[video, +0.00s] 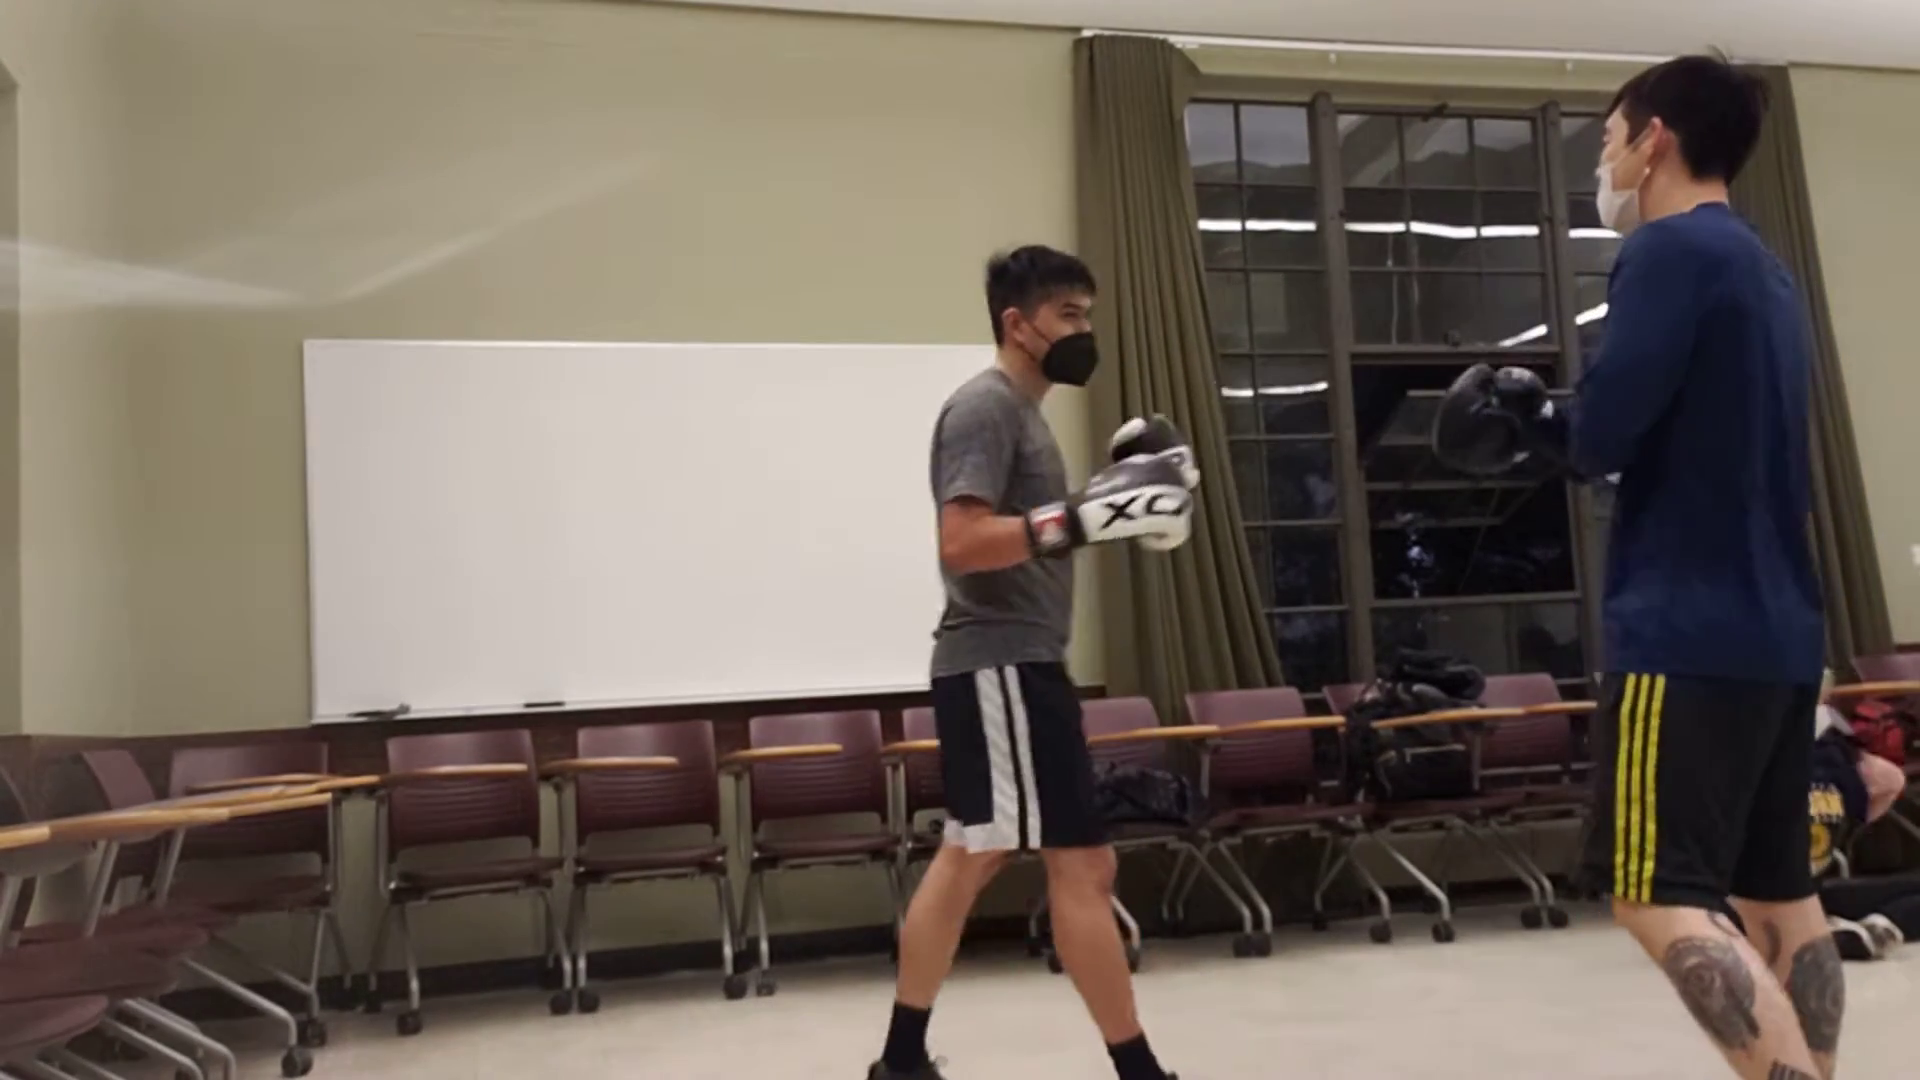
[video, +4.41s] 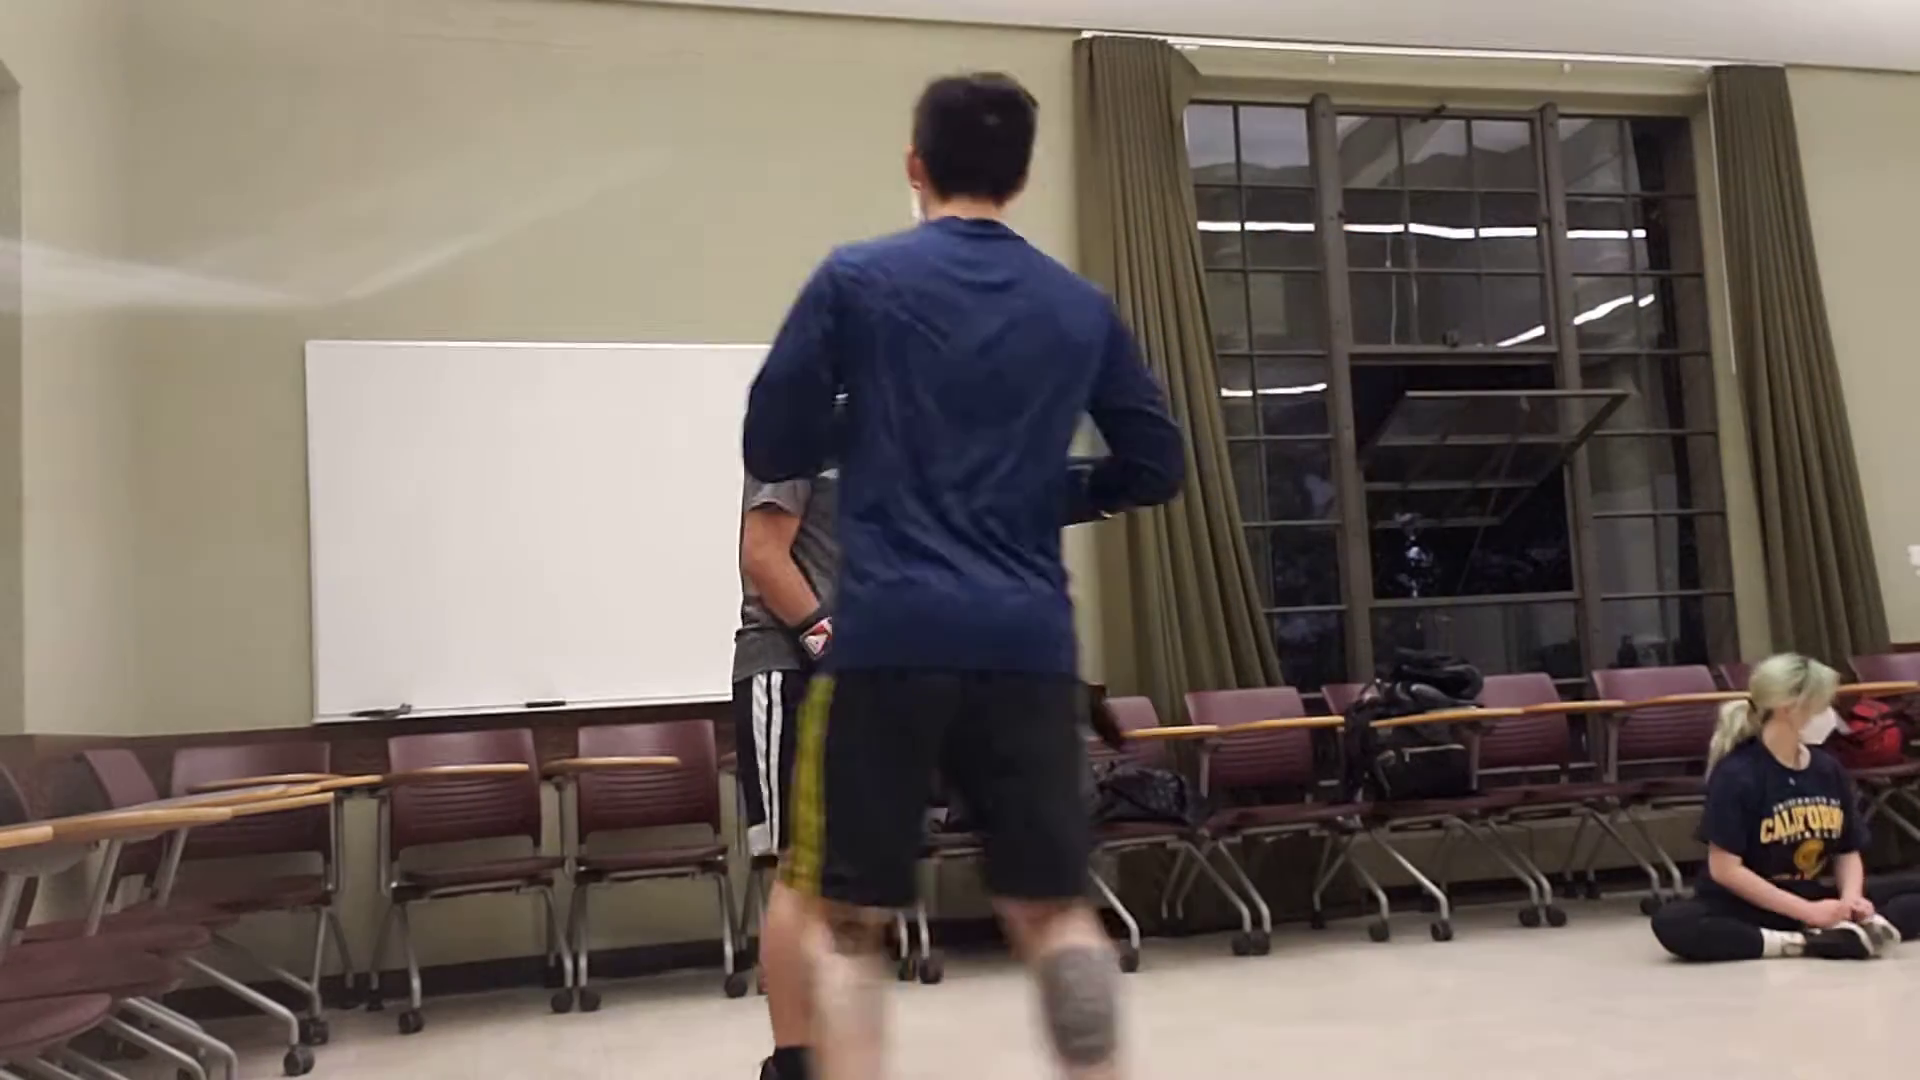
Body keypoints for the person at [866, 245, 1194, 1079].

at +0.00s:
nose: (1082, 330)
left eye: (1086, 315)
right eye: (1067, 313)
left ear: (1034, 324)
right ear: (1015, 318)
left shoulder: (1023, 413)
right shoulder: (983, 407)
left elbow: (1030, 530)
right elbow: (960, 546)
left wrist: (1107, 491)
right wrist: (1075, 519)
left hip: (1019, 661)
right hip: (998, 664)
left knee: (970, 854)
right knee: (1082, 867)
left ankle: (901, 1058)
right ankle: (1141, 1070)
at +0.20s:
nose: (1053, 333)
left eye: (1056, 318)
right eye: (1039, 316)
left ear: (1002, 324)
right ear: (984, 317)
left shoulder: (987, 413)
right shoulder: (940, 403)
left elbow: (960, 534)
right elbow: (881, 531)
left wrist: (1040, 549)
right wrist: (994, 566)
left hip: (950, 653)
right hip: (951, 658)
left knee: (929, 855)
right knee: (1022, 857)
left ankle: (895, 1061)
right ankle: (1061, 1068)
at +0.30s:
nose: (1036, 328)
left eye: (1040, 313)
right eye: (1021, 310)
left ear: (984, 321)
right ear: (966, 314)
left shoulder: (969, 407)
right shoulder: (936, 401)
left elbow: (937, 532)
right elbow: (878, 530)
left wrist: (1018, 557)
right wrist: (984, 567)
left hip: (936, 653)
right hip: (944, 657)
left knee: (920, 857)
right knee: (1001, 862)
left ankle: (893, 1063)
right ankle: (977, 1070)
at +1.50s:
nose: (995, 342)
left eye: (1001, 326)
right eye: (978, 326)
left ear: (1003, 320)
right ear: (927, 326)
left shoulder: (950, 419)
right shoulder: (907, 411)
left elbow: (976, 540)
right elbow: (942, 536)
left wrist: (1039, 479)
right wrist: (1032, 476)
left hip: (963, 658)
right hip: (951, 660)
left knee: (941, 854)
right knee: (1019, 860)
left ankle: (897, 1058)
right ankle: (1040, 1071)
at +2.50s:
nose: (967, 335)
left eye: (972, 319)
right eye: (948, 320)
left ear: (972, 315)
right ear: (898, 324)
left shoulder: (922, 414)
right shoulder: (869, 414)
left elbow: (903, 542)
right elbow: (841, 554)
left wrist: (977, 553)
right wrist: (950, 570)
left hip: (909, 659)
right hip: (878, 661)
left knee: (893, 864)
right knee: (941, 860)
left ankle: (882, 1060)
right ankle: (948, 1067)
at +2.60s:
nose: (950, 334)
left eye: (956, 318)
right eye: (931, 319)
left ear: (957, 319)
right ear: (882, 323)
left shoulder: (906, 414)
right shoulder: (856, 416)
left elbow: (883, 535)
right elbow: (807, 551)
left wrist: (947, 554)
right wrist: (914, 589)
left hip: (897, 658)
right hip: (862, 662)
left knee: (903, 862)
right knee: (908, 863)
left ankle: (878, 1052)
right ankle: (873, 1056)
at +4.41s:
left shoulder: (887, 442)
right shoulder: (802, 426)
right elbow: (761, 549)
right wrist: (823, 635)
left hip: (845, 661)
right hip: (785, 661)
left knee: (842, 874)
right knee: (797, 871)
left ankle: (820, 1047)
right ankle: (793, 1052)